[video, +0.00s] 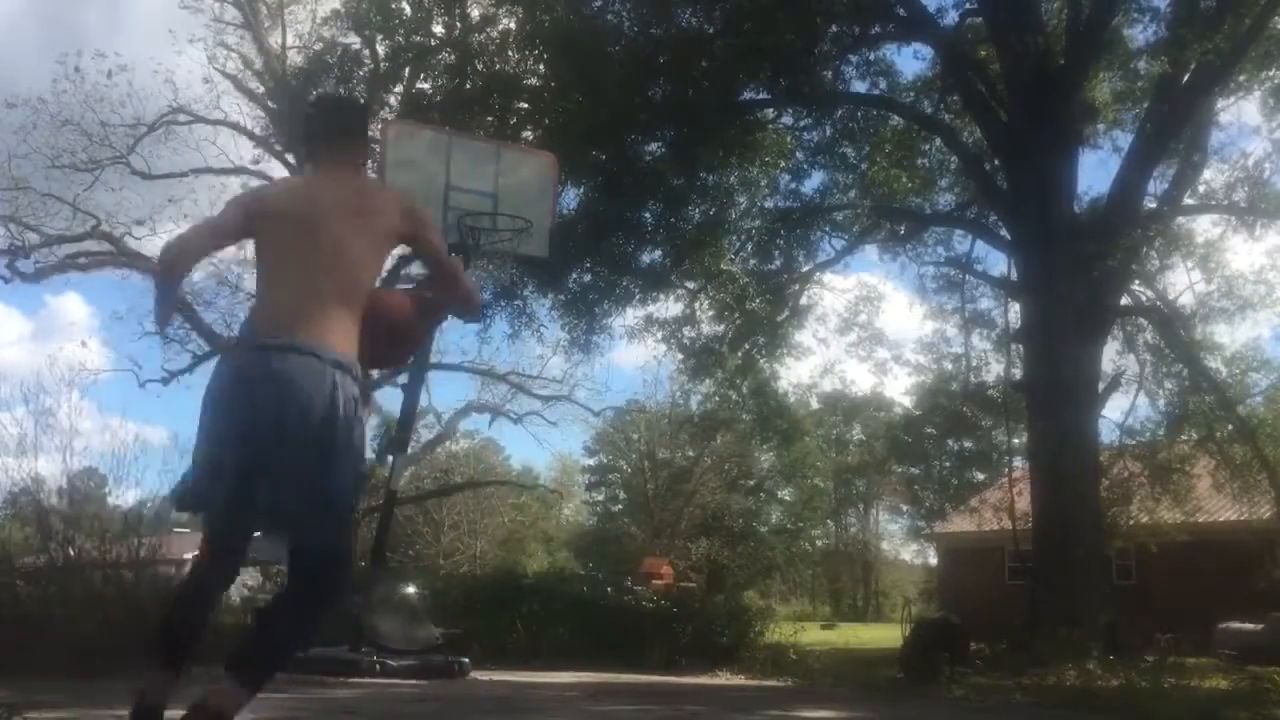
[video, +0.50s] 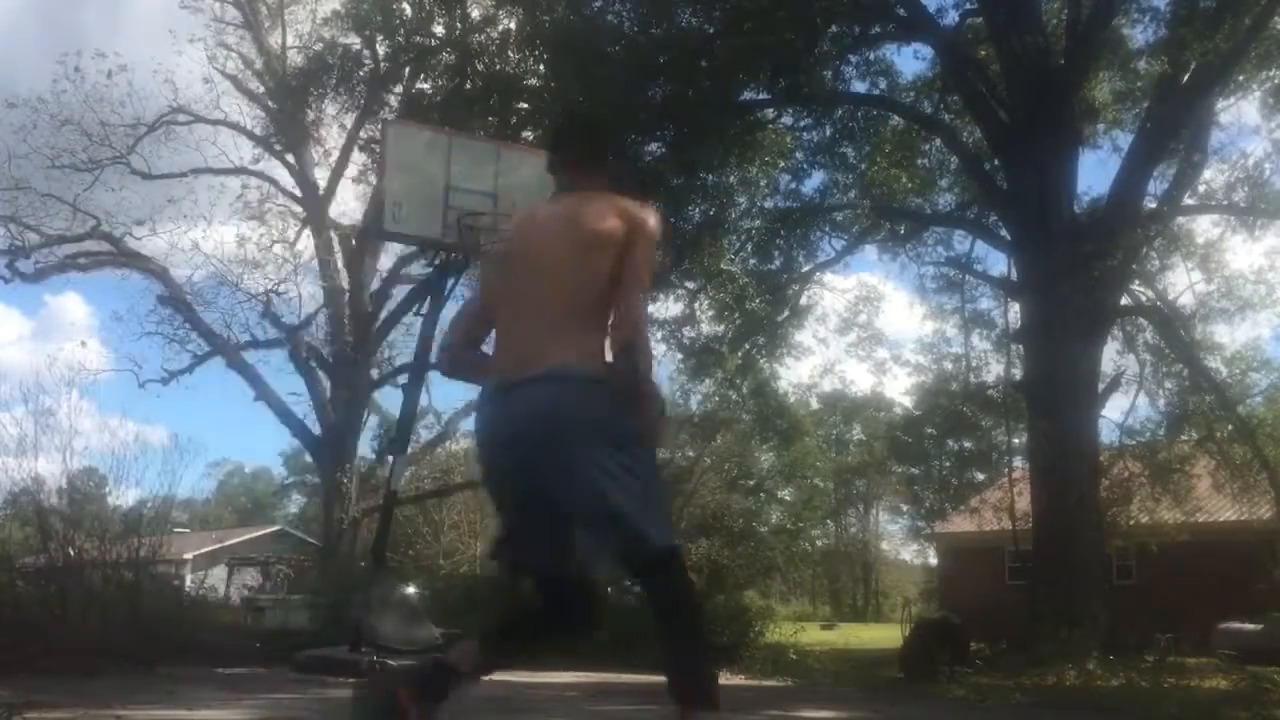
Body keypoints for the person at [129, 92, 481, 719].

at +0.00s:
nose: (373, 157)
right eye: (371, 148)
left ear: (307, 148)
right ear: (366, 148)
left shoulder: (268, 198)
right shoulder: (396, 204)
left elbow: (173, 257)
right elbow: (468, 302)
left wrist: (165, 301)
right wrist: (423, 301)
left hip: (244, 377)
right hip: (326, 387)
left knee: (218, 556)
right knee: (318, 577)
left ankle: (149, 699)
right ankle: (220, 707)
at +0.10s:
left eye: (344, 98)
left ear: (336, 103)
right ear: (394, 102)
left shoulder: (294, 163)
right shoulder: (427, 170)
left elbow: (231, 254)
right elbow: (479, 286)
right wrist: (443, 269)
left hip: (283, 343)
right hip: (365, 352)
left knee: (271, 534)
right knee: (357, 553)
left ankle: (197, 701)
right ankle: (276, 705)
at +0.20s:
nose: (384, 117)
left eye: (368, 105)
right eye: (414, 105)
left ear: (363, 104)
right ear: (422, 103)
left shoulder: (321, 169)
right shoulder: (454, 170)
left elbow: (294, 287)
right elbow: (479, 292)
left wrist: (353, 252)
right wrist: (430, 263)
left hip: (317, 356)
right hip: (404, 357)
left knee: (300, 547)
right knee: (437, 548)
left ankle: (196, 701)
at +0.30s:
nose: (416, 132)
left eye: (410, 121)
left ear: (404, 127)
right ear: (465, 125)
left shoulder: (363, 211)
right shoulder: (501, 204)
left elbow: (350, 314)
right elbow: (497, 325)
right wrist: (434, 288)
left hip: (362, 394)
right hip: (450, 397)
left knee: (305, 589)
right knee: (528, 565)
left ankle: (208, 708)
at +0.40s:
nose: (539, 151)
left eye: (485, 143)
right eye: (539, 142)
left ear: (477, 146)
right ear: (536, 142)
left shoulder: (440, 215)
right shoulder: (565, 206)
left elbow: (386, 323)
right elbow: (561, 315)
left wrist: (454, 341)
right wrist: (566, 392)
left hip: (434, 400)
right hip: (518, 393)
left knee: (412, 601)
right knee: (604, 554)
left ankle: (290, 694)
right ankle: (671, 694)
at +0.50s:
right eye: (627, 174)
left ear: (554, 172)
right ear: (617, 168)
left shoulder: (515, 232)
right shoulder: (636, 217)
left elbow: (453, 354)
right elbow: (628, 326)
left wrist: (523, 375)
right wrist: (646, 398)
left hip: (502, 415)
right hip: (586, 405)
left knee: (562, 603)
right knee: (663, 573)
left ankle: (440, 677)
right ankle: (699, 706)